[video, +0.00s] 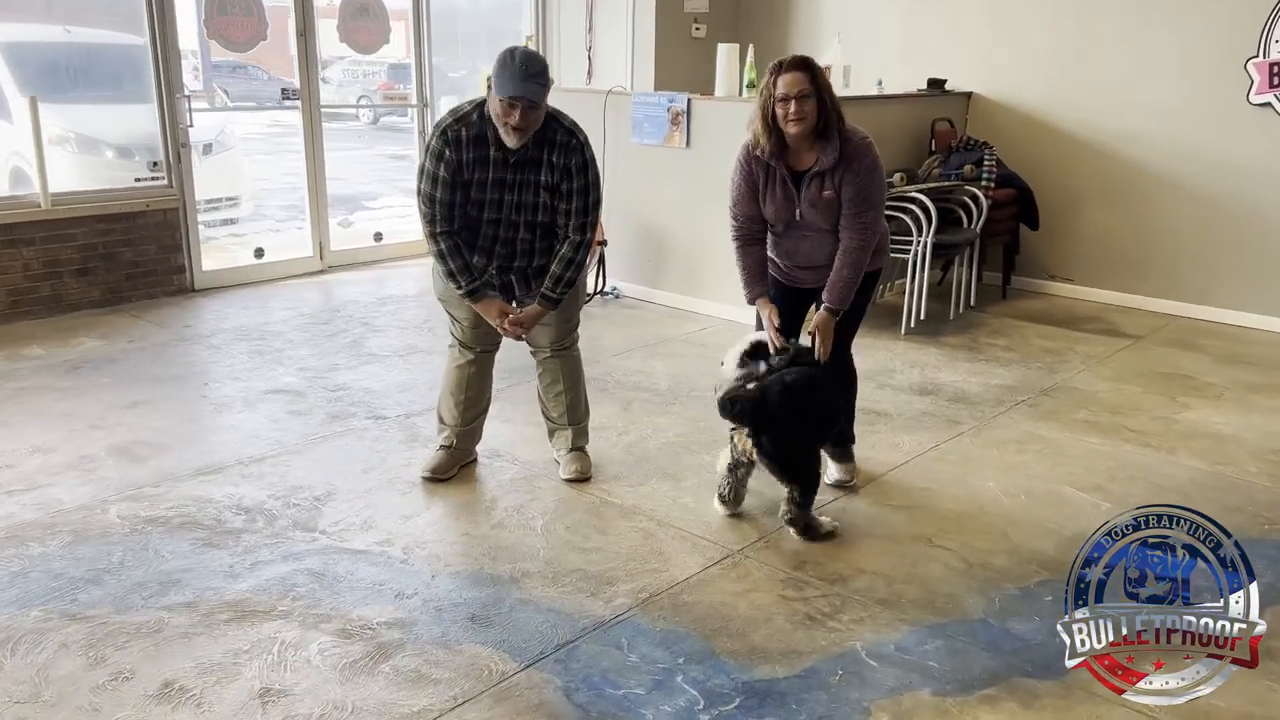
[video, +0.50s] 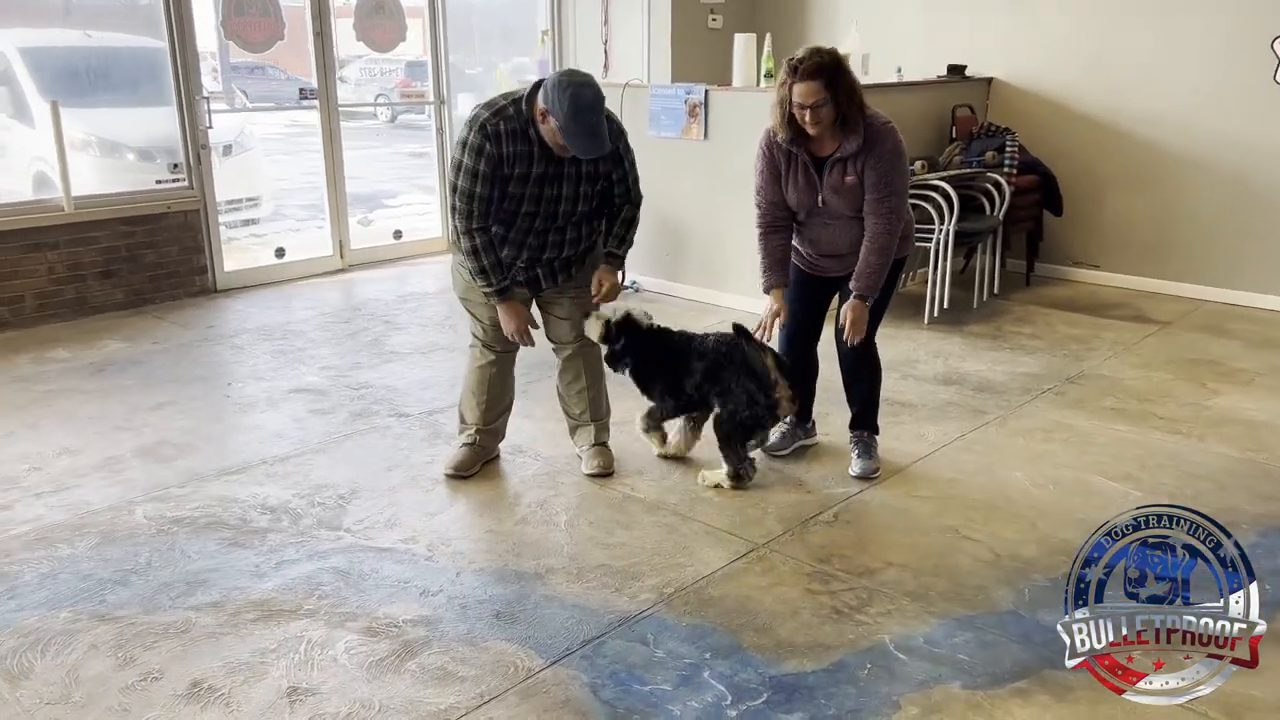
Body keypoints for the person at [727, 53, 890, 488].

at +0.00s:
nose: (793, 108)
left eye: (803, 98)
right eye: (782, 99)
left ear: (821, 101)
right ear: (769, 106)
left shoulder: (855, 152)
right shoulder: (756, 155)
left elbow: (858, 238)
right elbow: (746, 232)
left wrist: (830, 309)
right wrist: (761, 300)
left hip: (850, 267)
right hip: (787, 265)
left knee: (832, 351)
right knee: (773, 350)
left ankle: (839, 449)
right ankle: (761, 441)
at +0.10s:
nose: (792, 111)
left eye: (802, 99)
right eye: (781, 102)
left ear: (820, 102)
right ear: (769, 108)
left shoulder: (855, 150)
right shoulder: (756, 157)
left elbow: (859, 234)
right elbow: (755, 233)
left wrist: (826, 302)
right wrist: (767, 296)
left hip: (855, 263)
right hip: (794, 263)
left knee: (834, 345)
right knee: (773, 350)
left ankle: (840, 445)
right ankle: (760, 443)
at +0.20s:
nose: (794, 109)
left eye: (804, 97)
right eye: (784, 100)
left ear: (823, 99)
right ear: (772, 107)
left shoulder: (859, 147)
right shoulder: (759, 154)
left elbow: (861, 230)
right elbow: (758, 231)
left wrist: (836, 300)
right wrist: (764, 298)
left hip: (858, 260)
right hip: (796, 259)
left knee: (835, 343)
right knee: (776, 348)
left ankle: (844, 443)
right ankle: (776, 433)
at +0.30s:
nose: (799, 108)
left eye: (809, 96)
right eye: (788, 99)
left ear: (828, 97)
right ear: (776, 102)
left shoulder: (864, 143)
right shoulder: (764, 149)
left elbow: (867, 226)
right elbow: (761, 227)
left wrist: (844, 299)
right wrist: (761, 297)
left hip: (861, 257)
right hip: (800, 256)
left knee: (840, 343)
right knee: (781, 347)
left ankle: (850, 441)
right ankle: (785, 433)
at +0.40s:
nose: (803, 110)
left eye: (813, 100)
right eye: (794, 101)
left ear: (834, 95)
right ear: (782, 100)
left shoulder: (870, 140)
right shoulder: (770, 145)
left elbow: (874, 223)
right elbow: (765, 221)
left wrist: (850, 295)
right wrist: (765, 293)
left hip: (866, 255)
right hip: (804, 252)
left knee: (847, 342)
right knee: (786, 343)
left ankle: (857, 438)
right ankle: (792, 424)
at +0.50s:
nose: (809, 117)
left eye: (818, 106)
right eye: (800, 107)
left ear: (840, 98)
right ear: (787, 102)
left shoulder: (878, 140)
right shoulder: (777, 142)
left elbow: (883, 224)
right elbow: (771, 217)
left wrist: (860, 296)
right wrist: (775, 288)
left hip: (874, 253)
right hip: (811, 251)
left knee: (854, 338)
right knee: (793, 339)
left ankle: (864, 436)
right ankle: (798, 422)